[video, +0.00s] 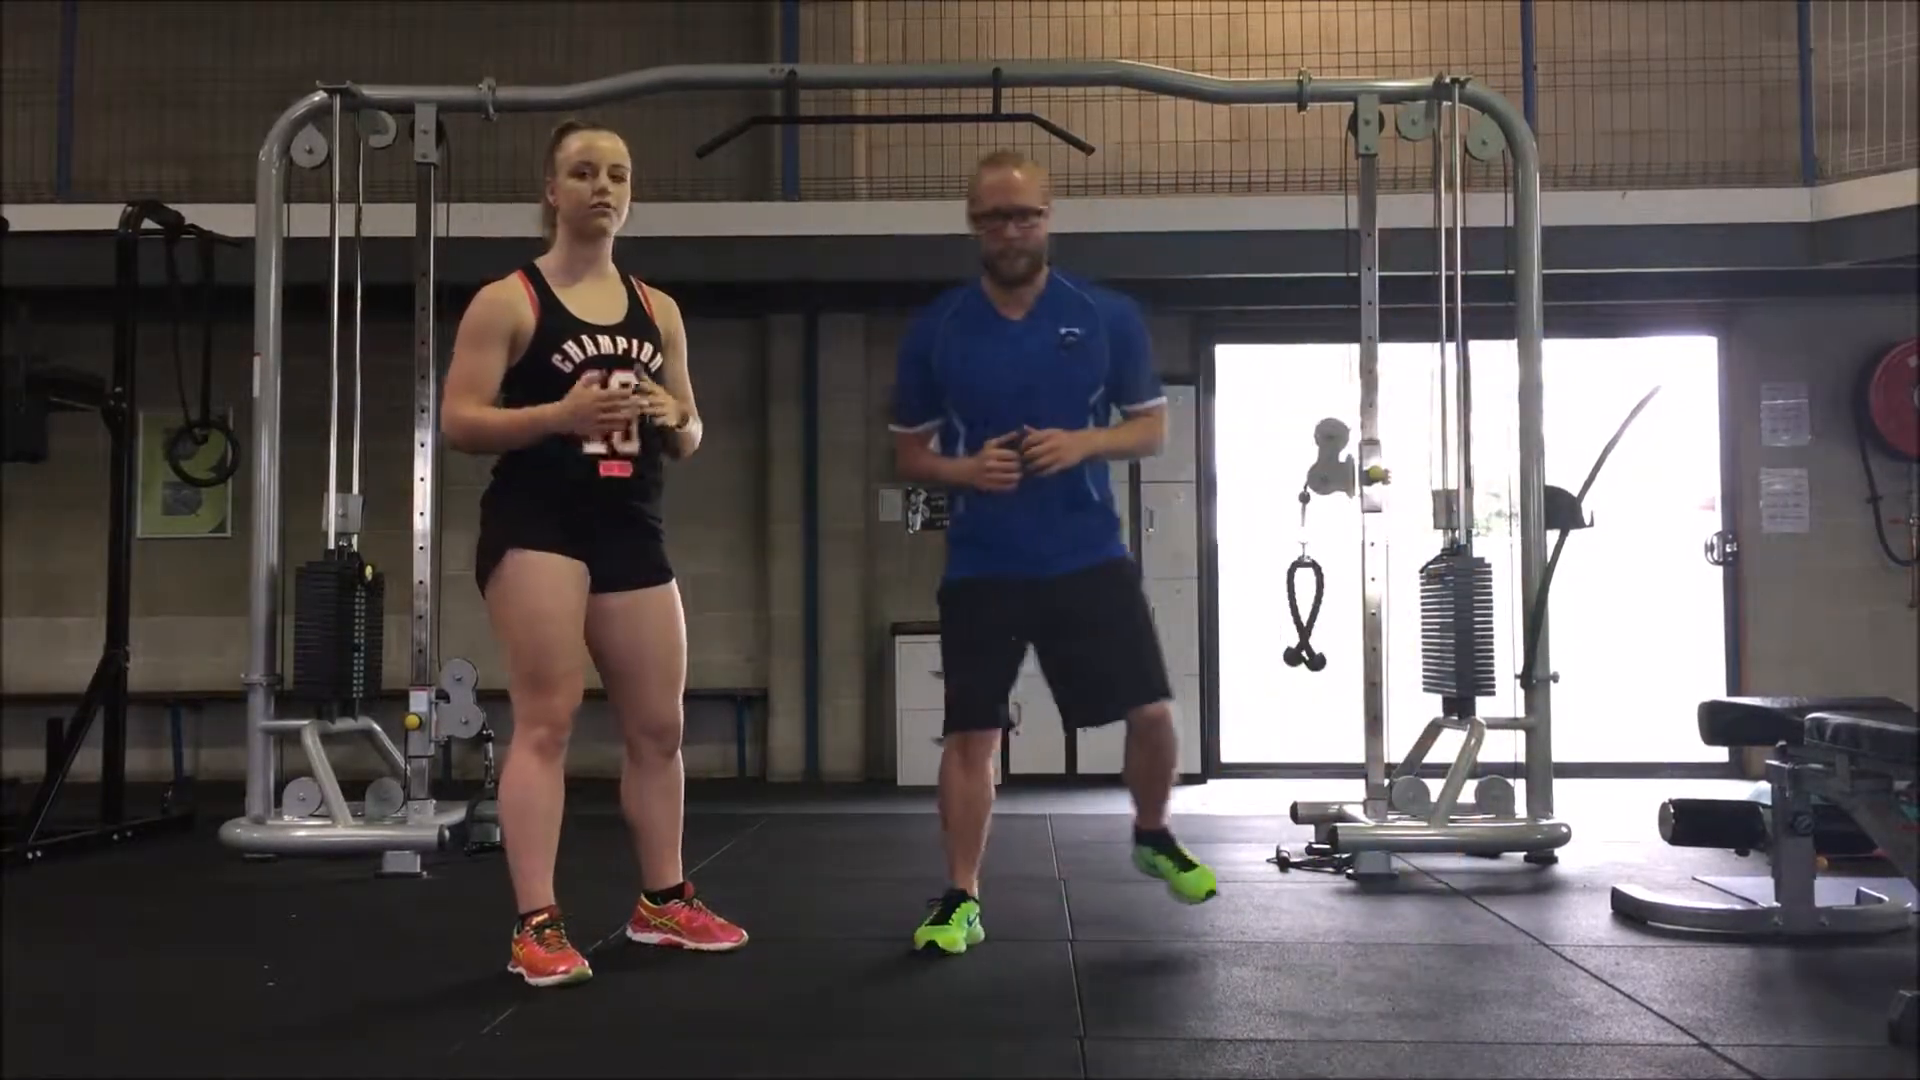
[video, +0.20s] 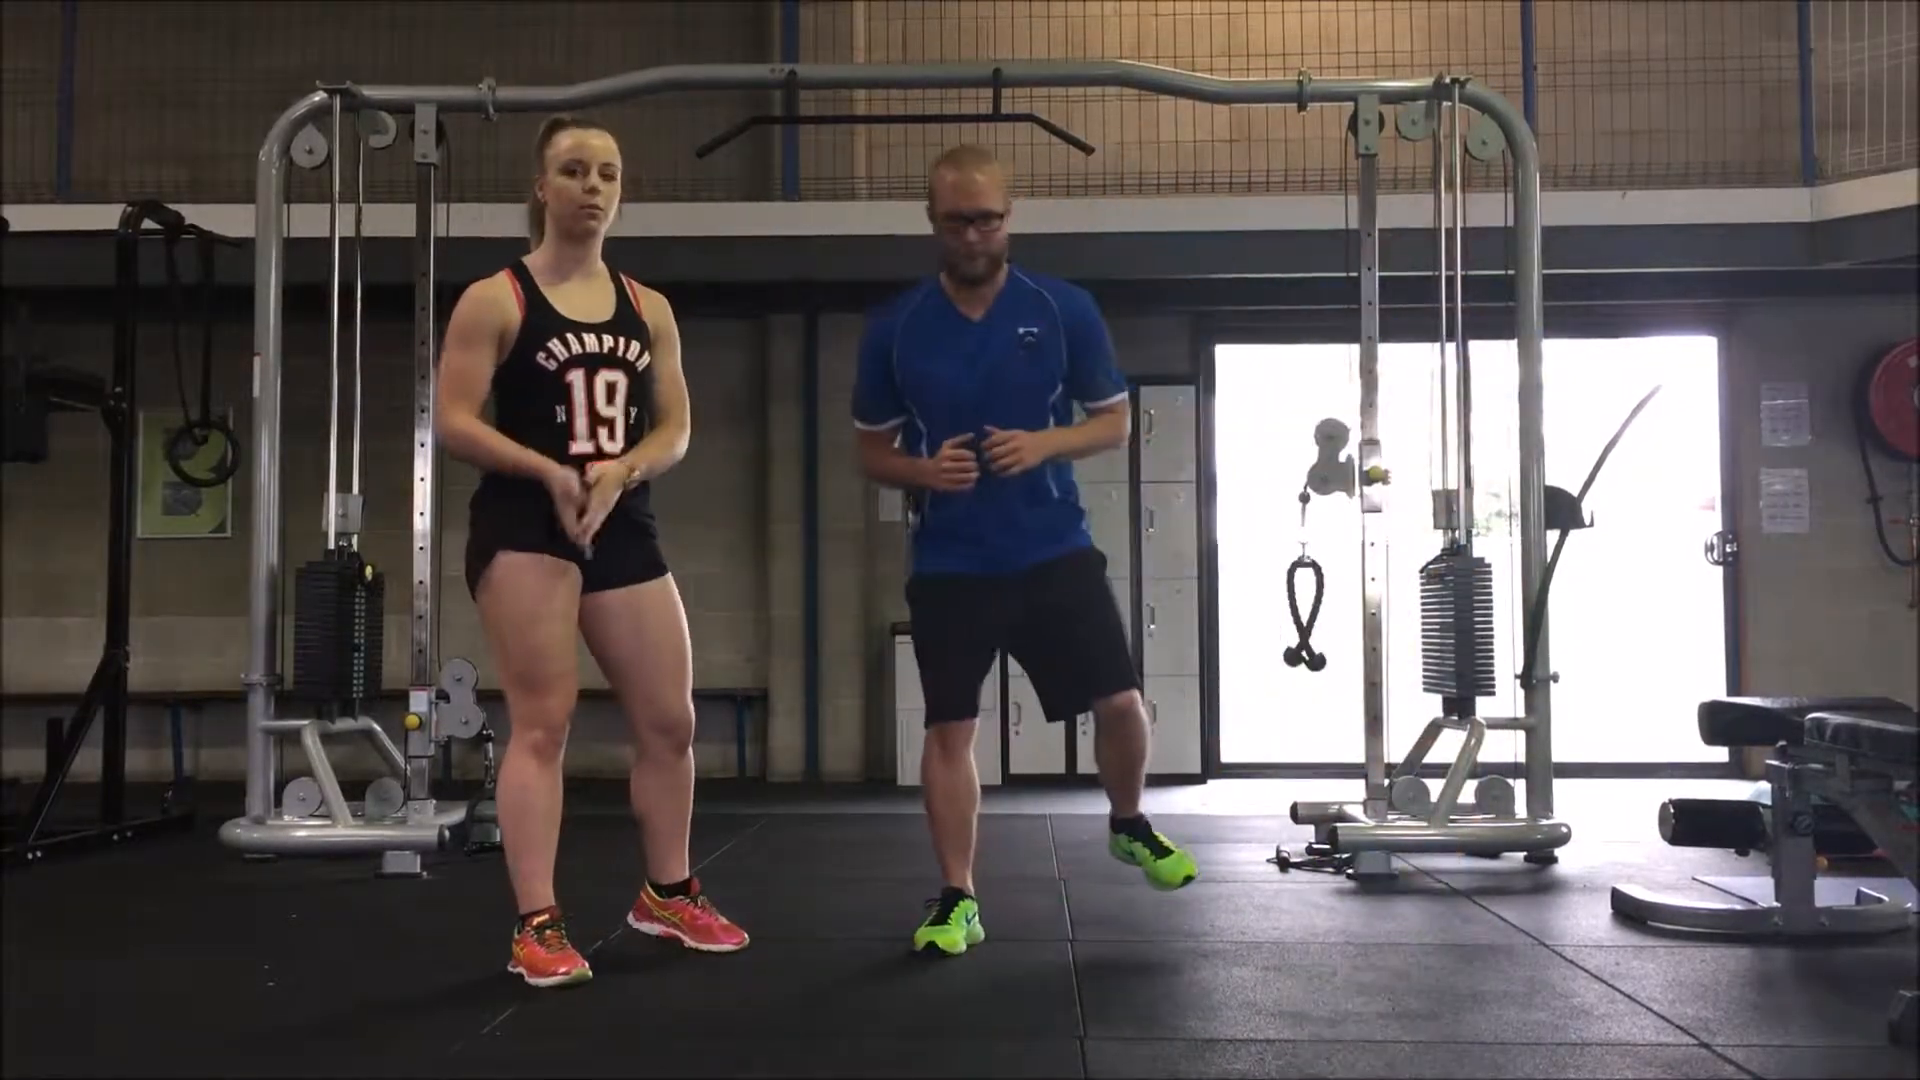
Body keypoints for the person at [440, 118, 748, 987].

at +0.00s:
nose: (601, 188)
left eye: (615, 176)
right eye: (583, 173)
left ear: (630, 196)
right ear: (550, 190)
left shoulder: (658, 310)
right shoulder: (504, 302)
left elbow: (689, 437)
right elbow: (460, 422)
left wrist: (668, 418)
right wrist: (563, 415)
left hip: (630, 530)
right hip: (536, 524)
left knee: (659, 730)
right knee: (545, 719)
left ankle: (665, 901)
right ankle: (537, 924)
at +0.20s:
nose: (592, 186)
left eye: (605, 173)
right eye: (573, 171)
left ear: (621, 191)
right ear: (540, 186)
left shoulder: (649, 308)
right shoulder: (493, 302)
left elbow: (675, 429)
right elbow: (452, 421)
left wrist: (625, 470)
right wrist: (546, 470)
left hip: (621, 528)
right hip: (526, 529)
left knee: (670, 723)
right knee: (540, 726)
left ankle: (668, 895)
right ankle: (537, 924)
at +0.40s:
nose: (581, 182)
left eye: (594, 170)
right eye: (562, 167)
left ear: (609, 189)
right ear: (527, 183)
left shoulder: (639, 303)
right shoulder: (476, 300)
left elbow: (670, 426)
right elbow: (427, 419)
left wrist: (612, 476)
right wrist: (514, 480)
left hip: (613, 528)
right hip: (513, 531)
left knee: (678, 719)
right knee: (537, 724)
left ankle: (668, 887)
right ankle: (538, 925)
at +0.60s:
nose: (572, 177)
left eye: (586, 167)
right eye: (556, 163)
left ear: (602, 189)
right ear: (521, 180)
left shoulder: (634, 301)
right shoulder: (469, 300)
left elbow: (665, 425)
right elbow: (418, 421)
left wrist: (601, 473)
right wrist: (498, 486)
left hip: (616, 527)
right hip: (514, 531)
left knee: (668, 721)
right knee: (539, 729)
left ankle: (619, 876)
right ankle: (538, 925)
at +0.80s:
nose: (576, 171)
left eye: (590, 160)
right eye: (558, 157)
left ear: (606, 184)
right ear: (523, 178)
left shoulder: (637, 298)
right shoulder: (474, 296)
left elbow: (671, 420)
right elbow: (423, 419)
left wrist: (608, 469)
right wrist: (500, 488)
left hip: (617, 525)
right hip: (517, 527)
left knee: (650, 722)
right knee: (543, 726)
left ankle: (578, 874)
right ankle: (538, 925)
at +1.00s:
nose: (588, 172)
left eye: (601, 161)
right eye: (569, 157)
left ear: (615, 185)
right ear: (531, 177)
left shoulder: (644, 296)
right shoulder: (483, 289)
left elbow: (677, 418)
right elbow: (428, 413)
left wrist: (610, 464)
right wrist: (512, 487)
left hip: (619, 526)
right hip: (521, 527)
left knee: (653, 722)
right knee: (544, 726)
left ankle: (587, 890)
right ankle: (539, 925)